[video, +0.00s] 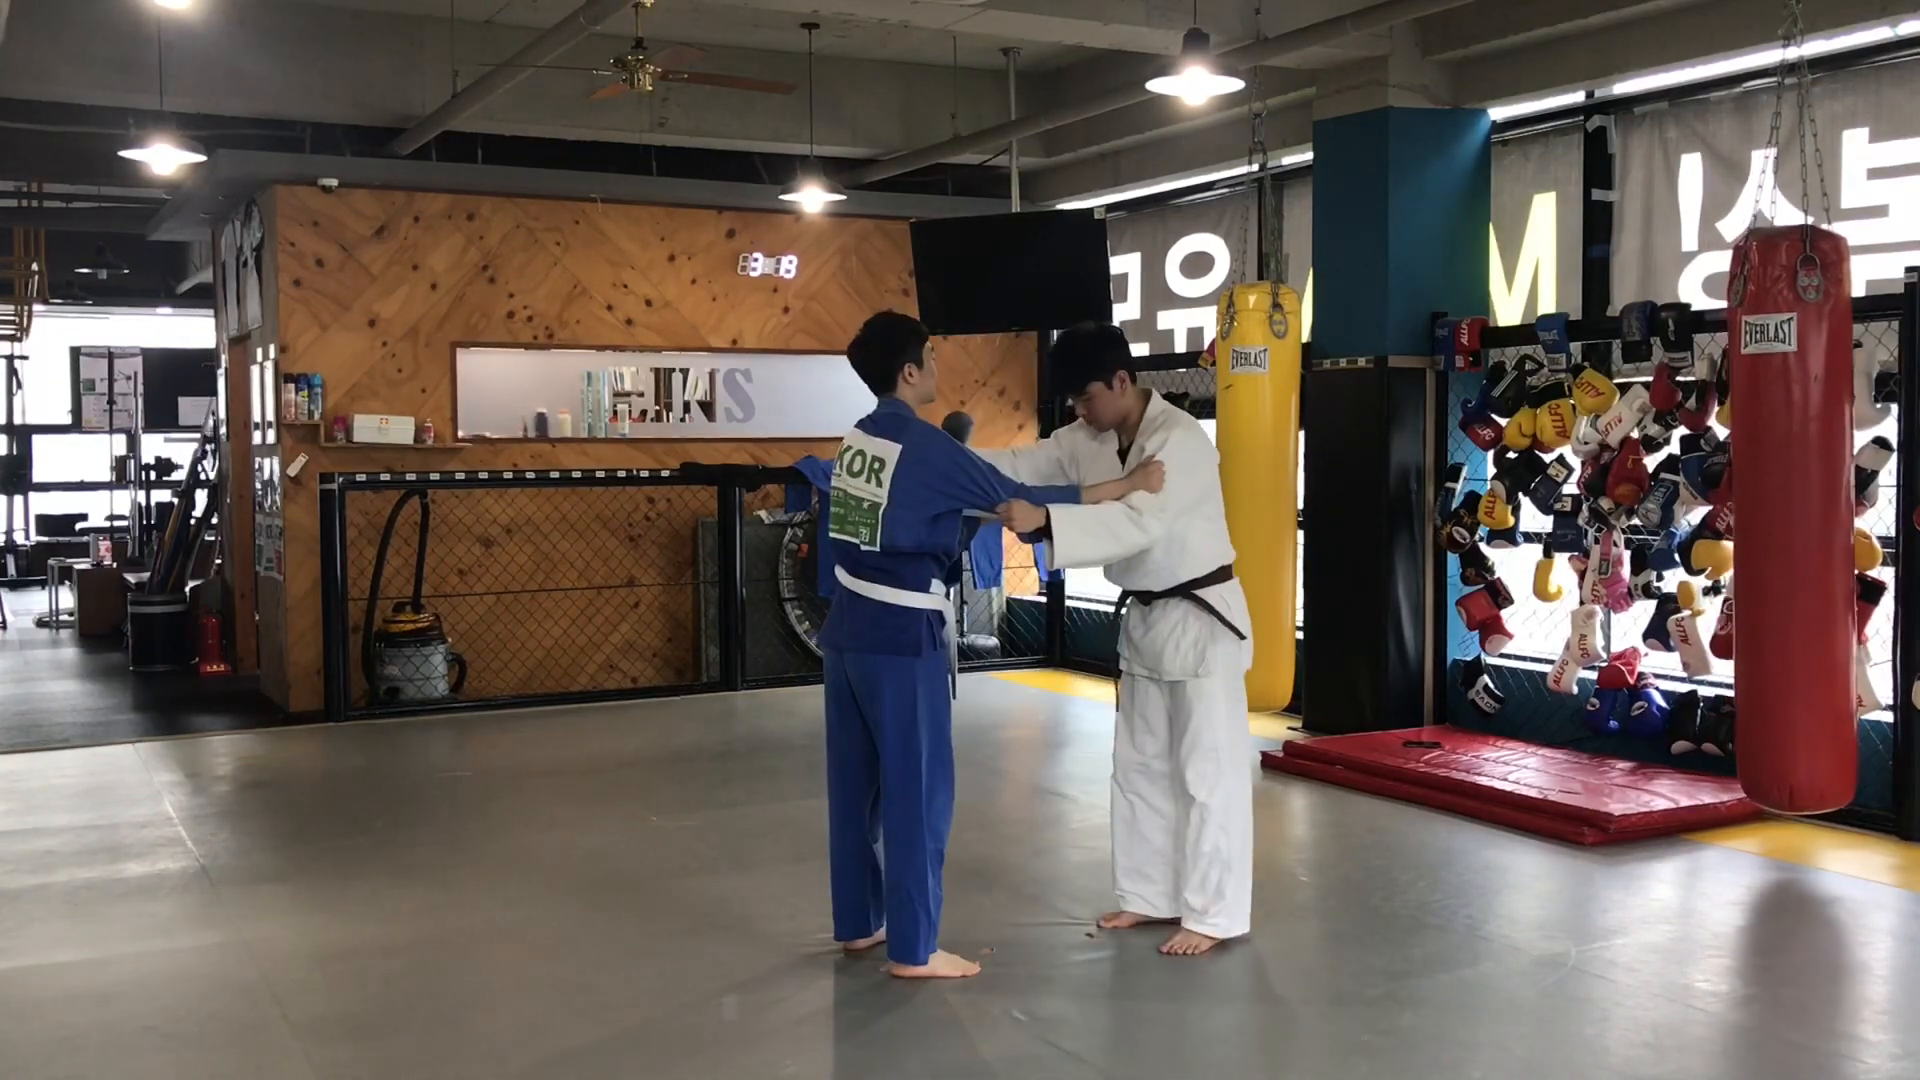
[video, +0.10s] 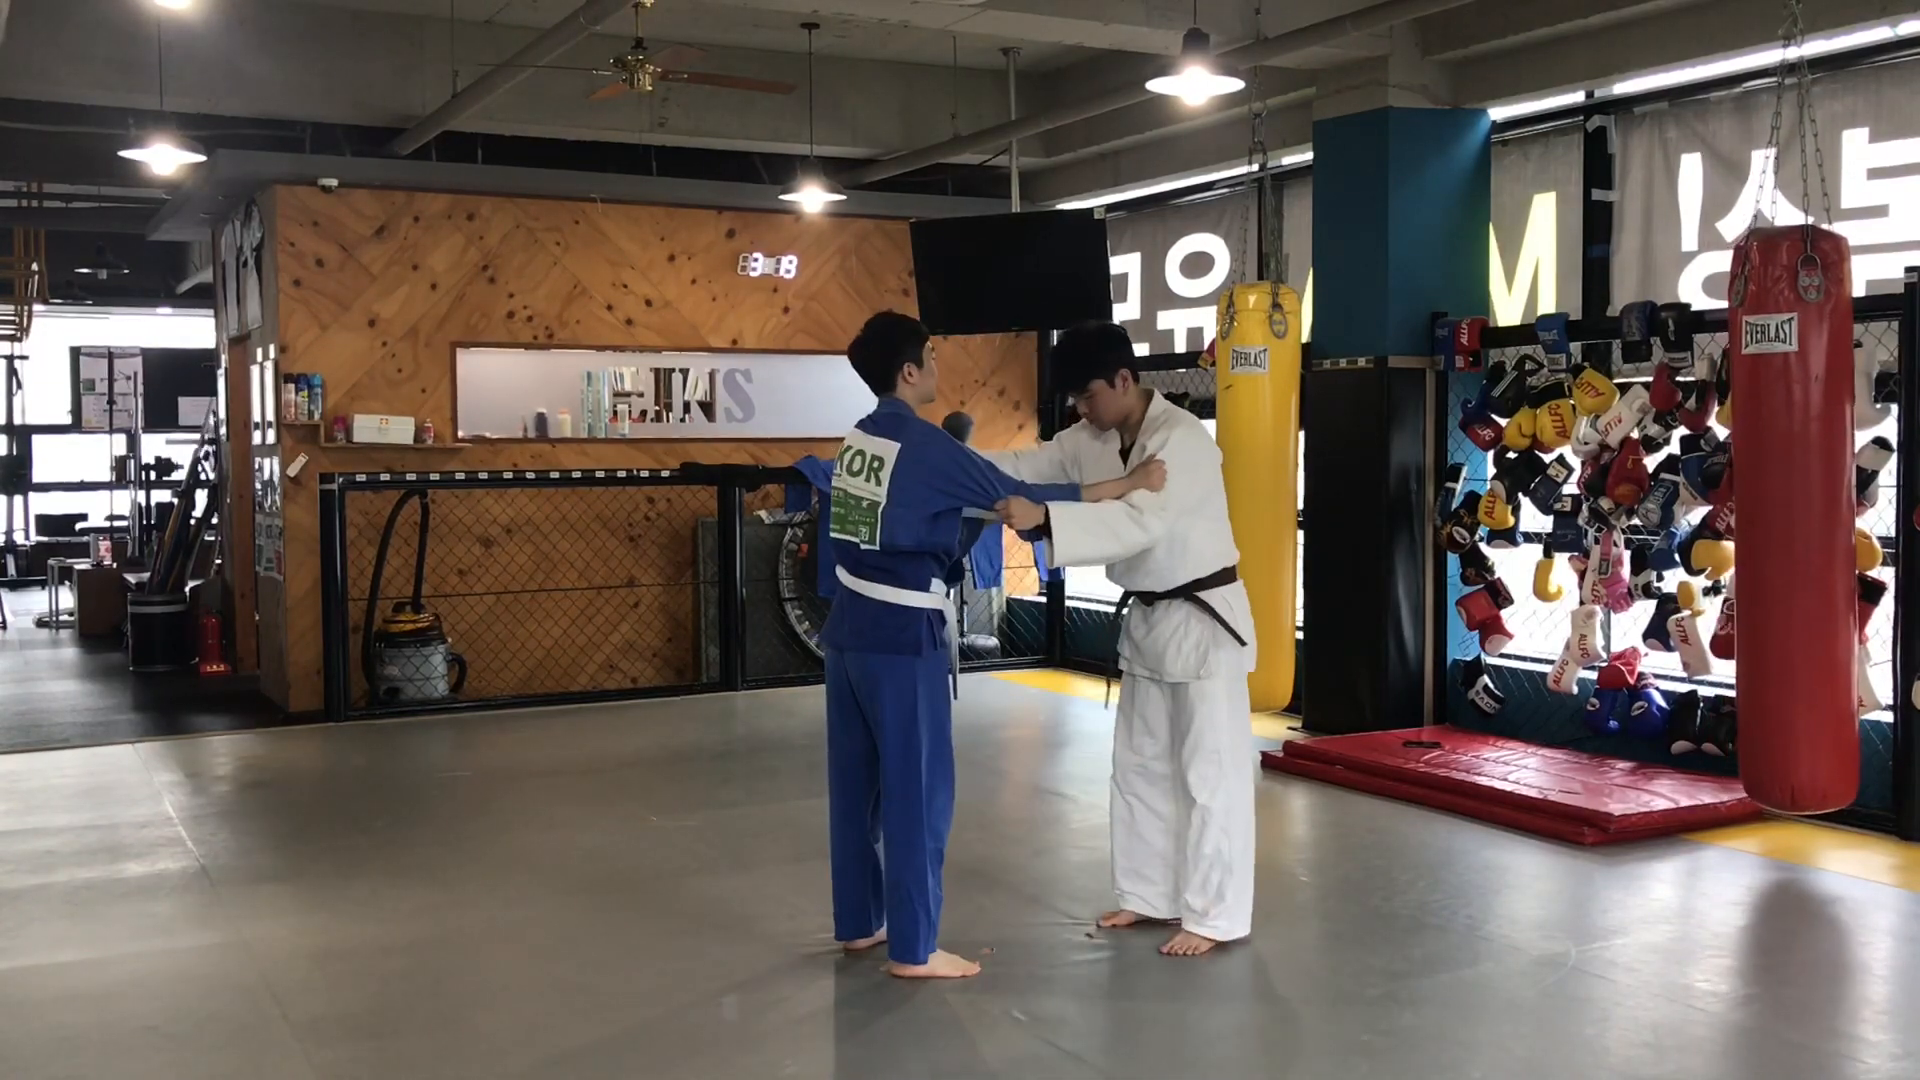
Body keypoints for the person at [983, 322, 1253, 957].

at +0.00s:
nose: (1076, 411)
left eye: (1082, 398)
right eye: (1072, 401)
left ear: (1121, 381)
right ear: (1109, 387)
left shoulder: (1180, 439)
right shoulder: (1085, 441)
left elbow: (1143, 522)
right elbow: (1013, 468)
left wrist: (1046, 521)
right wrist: (939, 464)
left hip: (1202, 616)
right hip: (1143, 617)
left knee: (1210, 774)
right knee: (1144, 769)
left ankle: (1215, 915)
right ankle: (1150, 897)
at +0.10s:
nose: (1078, 409)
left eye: (1085, 396)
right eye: (1074, 398)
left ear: (1124, 380)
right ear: (1110, 386)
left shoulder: (1182, 439)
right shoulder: (1087, 440)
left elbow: (1145, 522)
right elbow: (1015, 470)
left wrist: (1046, 519)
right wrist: (939, 466)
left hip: (1205, 617)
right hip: (1145, 618)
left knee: (1212, 775)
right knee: (1144, 767)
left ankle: (1216, 917)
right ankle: (1150, 898)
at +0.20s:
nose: (1081, 407)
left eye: (1088, 393)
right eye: (1077, 396)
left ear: (1127, 378)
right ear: (1110, 385)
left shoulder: (1184, 438)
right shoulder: (1089, 440)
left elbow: (1144, 521)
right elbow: (1017, 474)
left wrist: (1046, 511)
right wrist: (946, 465)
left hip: (1202, 619)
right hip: (1143, 620)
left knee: (1208, 777)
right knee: (1139, 770)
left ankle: (1214, 918)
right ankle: (1144, 900)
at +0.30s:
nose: (1087, 405)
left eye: (1096, 391)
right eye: (1083, 393)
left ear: (1135, 380)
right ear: (1115, 387)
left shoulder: (1187, 442)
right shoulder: (1095, 442)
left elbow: (1145, 516)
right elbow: (1028, 479)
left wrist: (1051, 497)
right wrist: (957, 476)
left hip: (1190, 626)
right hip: (1132, 622)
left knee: (1179, 777)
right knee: (1125, 776)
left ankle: (1207, 912)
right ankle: (1140, 902)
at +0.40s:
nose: (1094, 400)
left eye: (1102, 386)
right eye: (1090, 388)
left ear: (1143, 377)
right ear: (1114, 384)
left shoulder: (1192, 442)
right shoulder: (1097, 443)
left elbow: (1152, 498)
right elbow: (1037, 487)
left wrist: (1055, 477)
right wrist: (967, 460)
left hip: (1177, 627)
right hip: (1119, 623)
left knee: (1143, 776)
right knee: (1111, 776)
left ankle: (1183, 906)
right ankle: (1133, 902)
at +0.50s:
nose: (1096, 402)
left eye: (1105, 387)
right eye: (1093, 388)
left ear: (1148, 383)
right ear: (1126, 387)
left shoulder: (1190, 445)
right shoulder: (1106, 445)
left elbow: (1153, 488)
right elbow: (1046, 507)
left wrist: (1061, 458)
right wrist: (959, 487)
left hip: (1161, 632)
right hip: (1105, 627)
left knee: (1102, 773)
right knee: (1124, 775)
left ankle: (1148, 902)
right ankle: (1137, 901)